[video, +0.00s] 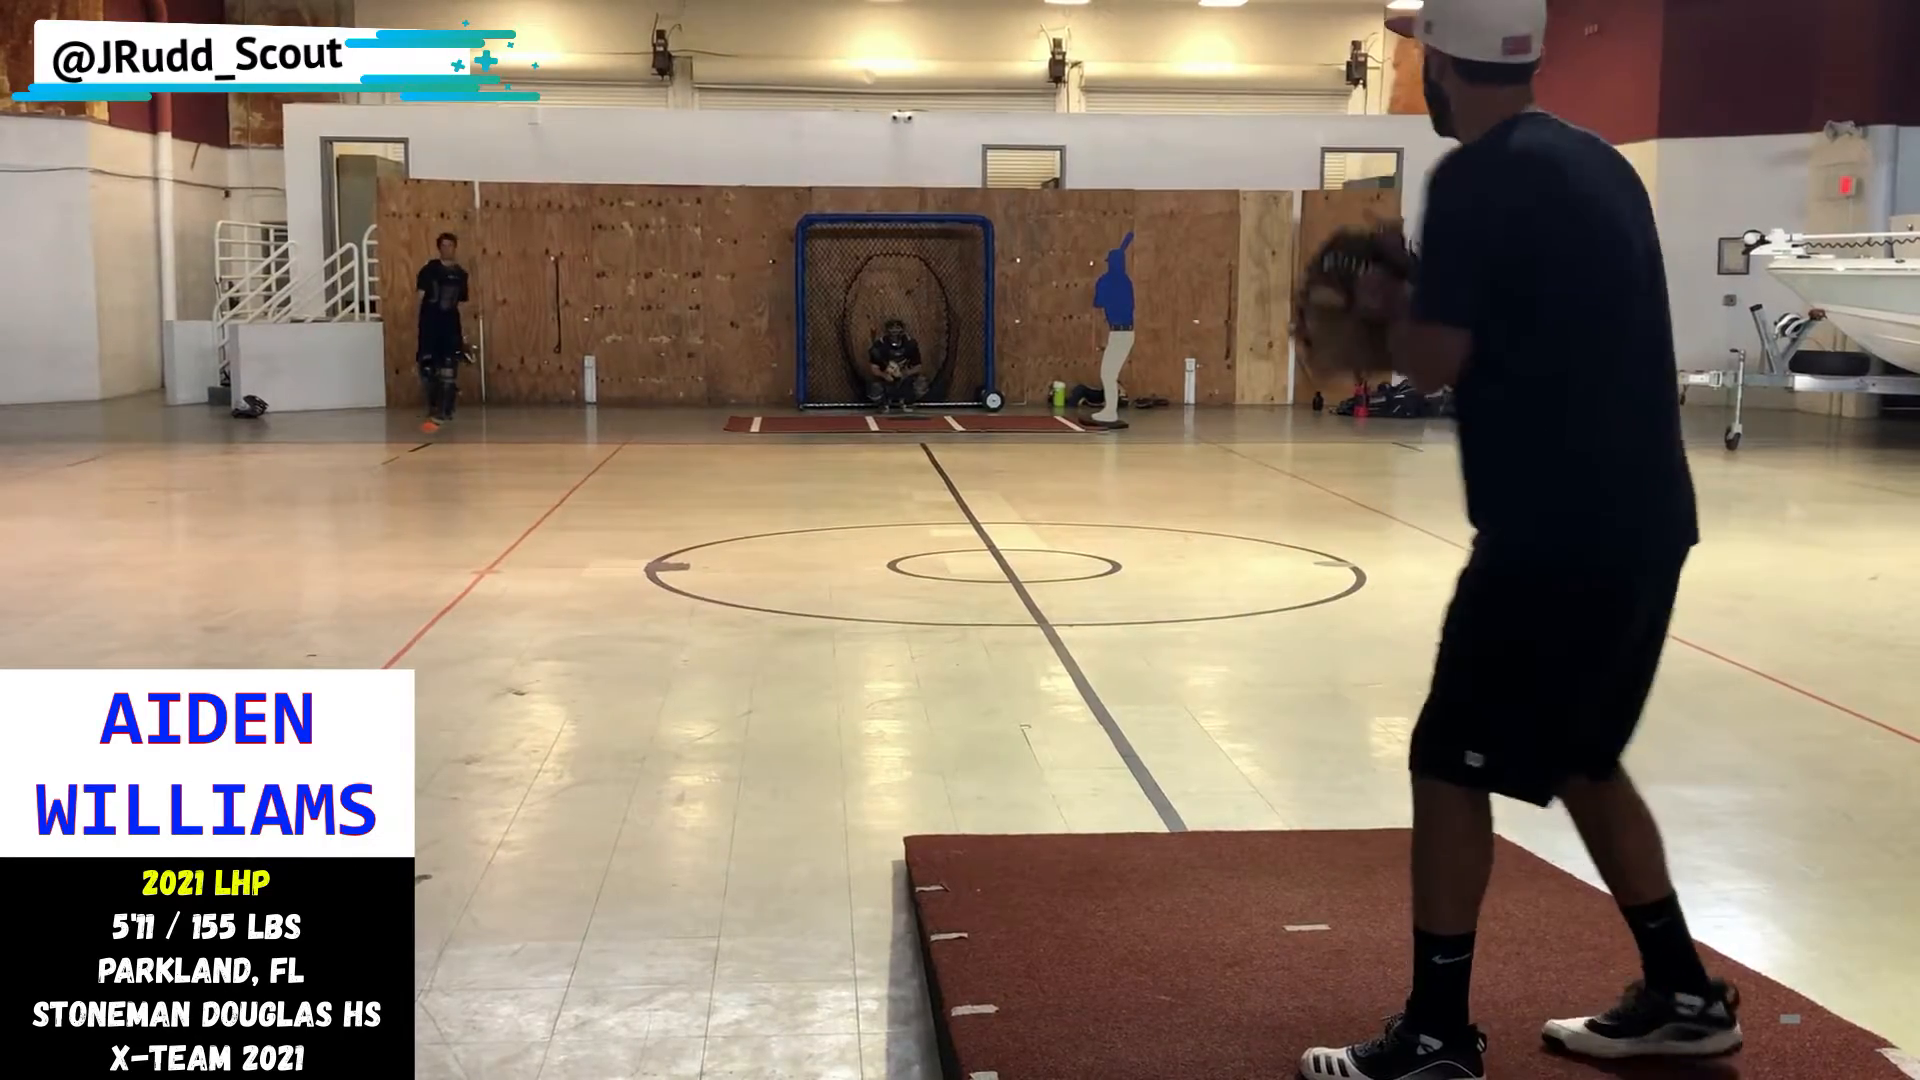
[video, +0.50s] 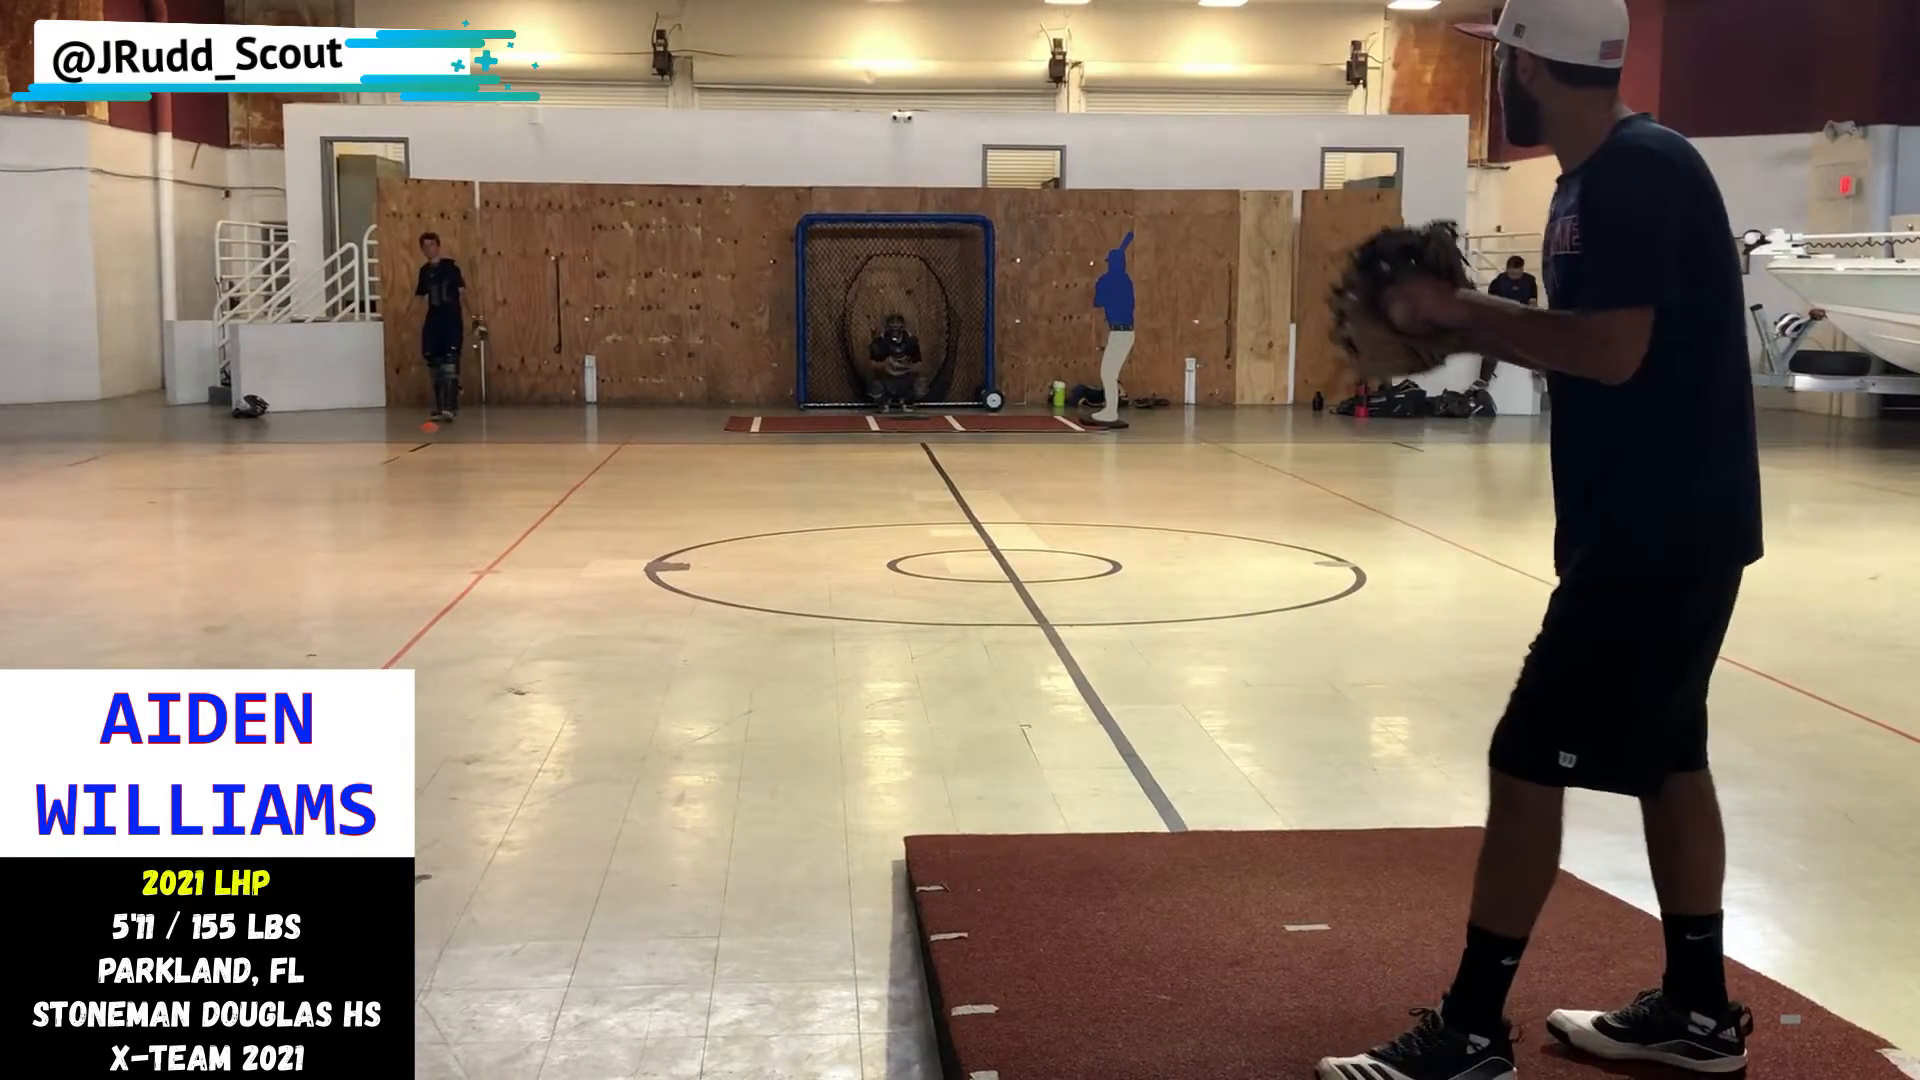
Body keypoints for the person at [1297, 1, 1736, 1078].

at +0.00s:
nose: (1418, 77)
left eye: (1421, 56)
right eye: (1422, 55)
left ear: (1440, 62)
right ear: (1529, 59)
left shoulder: (1473, 180)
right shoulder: (1601, 164)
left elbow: (1435, 360)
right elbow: (1560, 334)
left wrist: (1381, 315)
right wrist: (1419, 285)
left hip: (1544, 536)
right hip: (1644, 522)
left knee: (1446, 761)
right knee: (1580, 750)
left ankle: (1435, 1031)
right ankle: (1682, 991)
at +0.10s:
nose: (1442, 95)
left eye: (1443, 72)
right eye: (1443, 73)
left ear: (1467, 71)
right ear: (1547, 69)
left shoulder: (1530, 178)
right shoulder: (1604, 169)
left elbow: (1517, 363)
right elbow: (1567, 355)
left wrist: (1425, 339)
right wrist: (1453, 336)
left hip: (1580, 534)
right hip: (1657, 525)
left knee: (1465, 754)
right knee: (1622, 762)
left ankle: (1436, 1026)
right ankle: (1688, 1002)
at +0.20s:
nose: (1465, 97)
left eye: (1469, 72)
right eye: (1465, 74)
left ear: (1502, 71)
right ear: (1559, 70)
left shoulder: (1579, 174)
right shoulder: (1600, 168)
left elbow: (1584, 352)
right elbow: (1581, 344)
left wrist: (1458, 348)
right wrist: (1470, 352)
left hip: (1622, 533)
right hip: (1665, 526)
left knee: (1496, 748)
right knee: (1639, 758)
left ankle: (1446, 1018)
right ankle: (1690, 1005)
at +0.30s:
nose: (1485, 89)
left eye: (1489, 66)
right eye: (1488, 67)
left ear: (1513, 67)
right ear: (1585, 62)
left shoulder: (1609, 174)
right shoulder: (1612, 168)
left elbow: (1616, 346)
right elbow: (1602, 338)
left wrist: (1478, 343)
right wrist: (1487, 336)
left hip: (1639, 540)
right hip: (1667, 532)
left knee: (1525, 753)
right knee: (1657, 754)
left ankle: (1469, 1023)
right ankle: (1693, 1003)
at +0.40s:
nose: (1497, 88)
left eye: (1502, 63)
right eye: (1498, 65)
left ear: (1533, 66)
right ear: (1595, 63)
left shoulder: (1626, 175)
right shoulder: (1626, 169)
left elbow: (1622, 347)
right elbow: (1612, 341)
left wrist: (1475, 332)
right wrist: (1486, 326)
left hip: (1645, 545)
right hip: (1676, 538)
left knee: (1540, 766)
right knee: (1667, 756)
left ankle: (1471, 1028)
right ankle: (1695, 1003)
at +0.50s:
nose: (1501, 85)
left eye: (1508, 61)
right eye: (1503, 62)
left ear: (1539, 66)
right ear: (1601, 64)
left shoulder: (1633, 175)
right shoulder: (1611, 174)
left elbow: (1611, 347)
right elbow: (1593, 342)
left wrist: (1460, 315)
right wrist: (1471, 313)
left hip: (1645, 546)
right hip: (1671, 539)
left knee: (1525, 758)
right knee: (1669, 758)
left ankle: (1471, 1028)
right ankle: (1696, 1004)